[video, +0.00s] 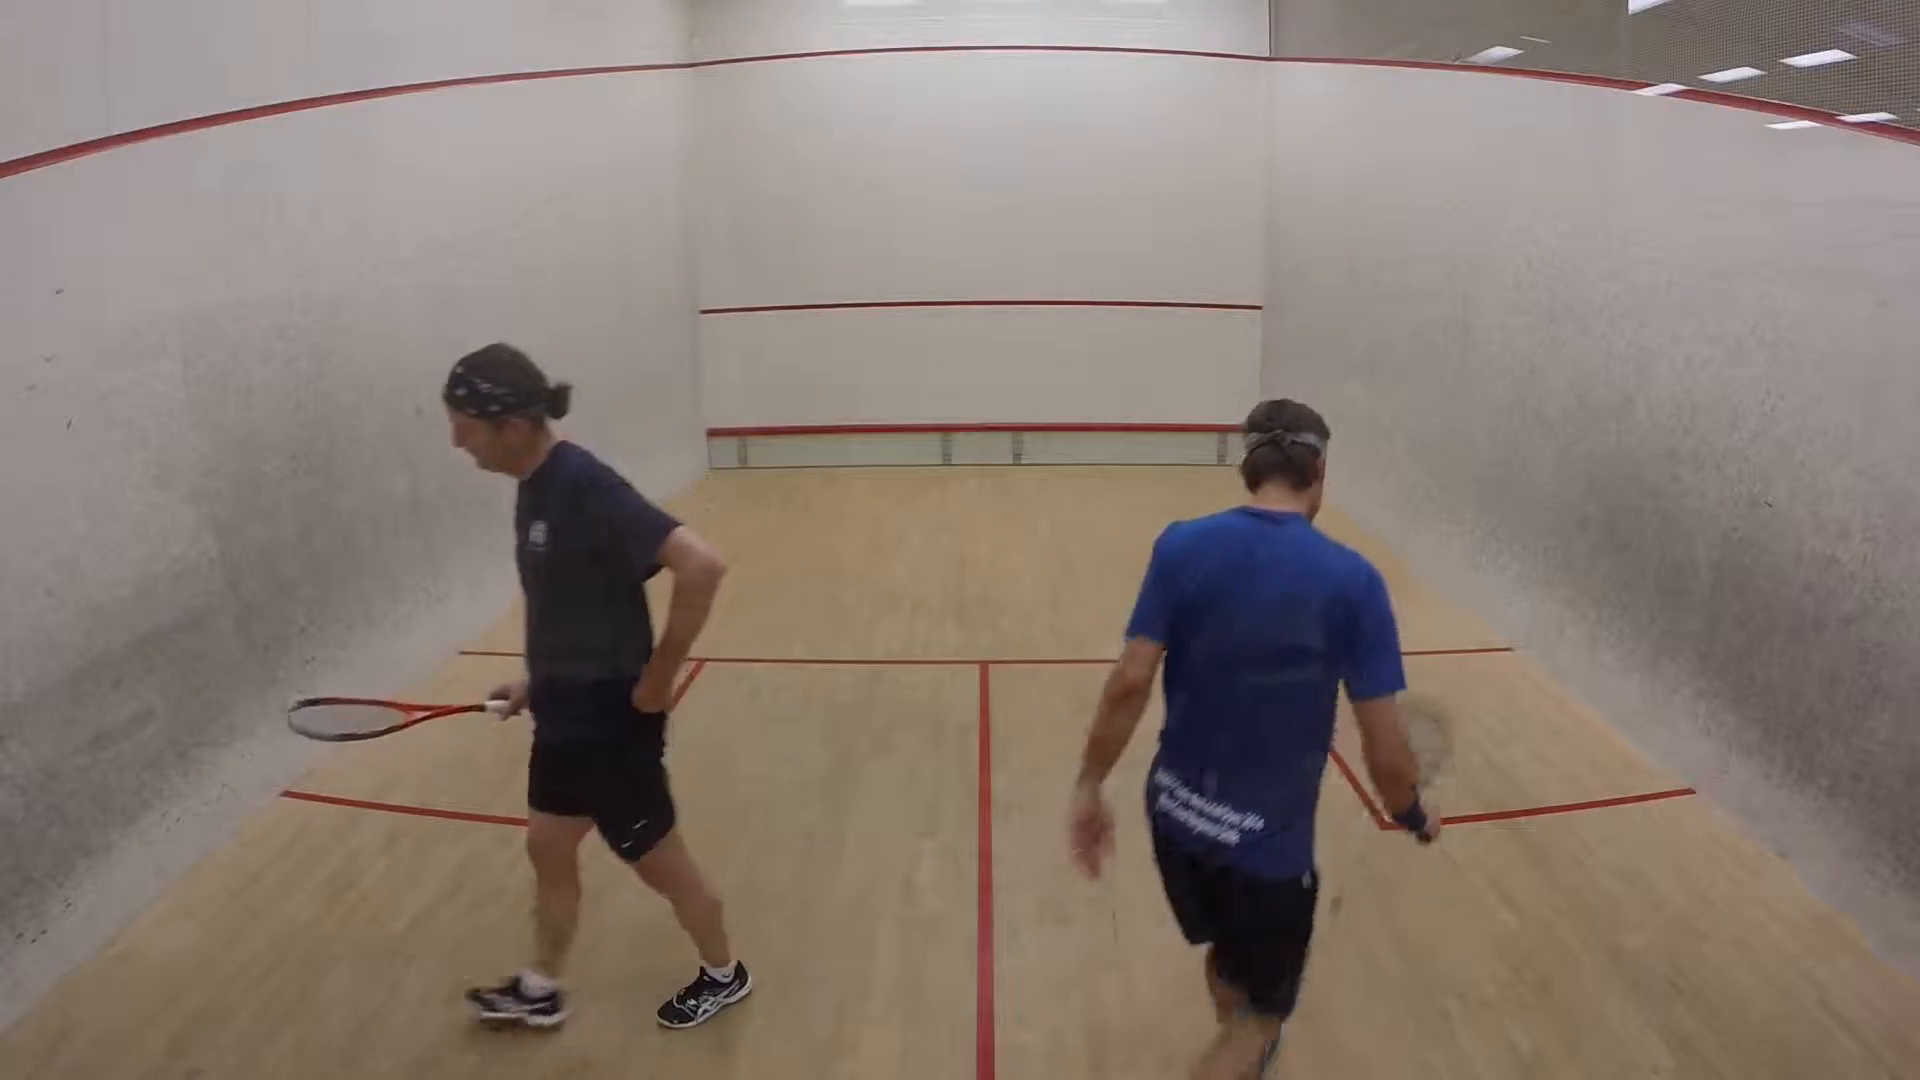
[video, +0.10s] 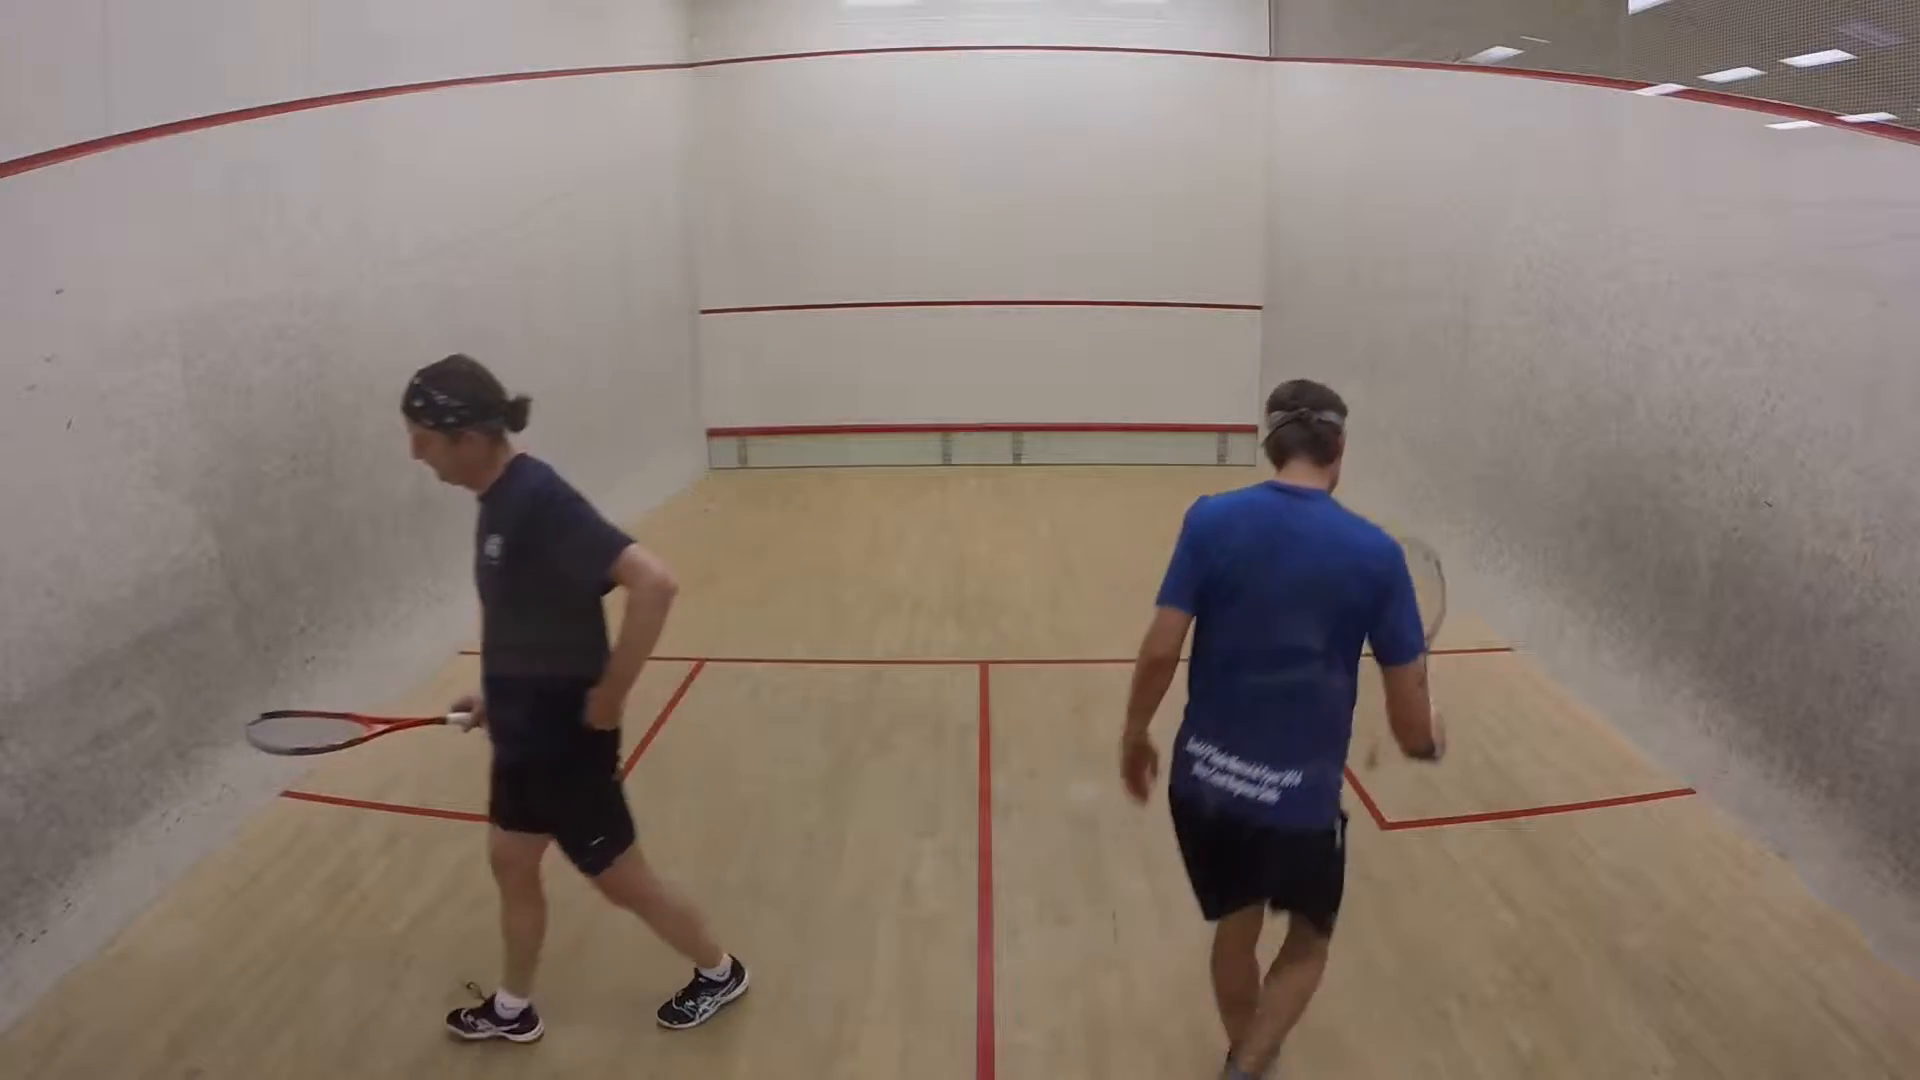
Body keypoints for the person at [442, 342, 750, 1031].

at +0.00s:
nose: (457, 441)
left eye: (464, 427)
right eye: (455, 426)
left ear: (512, 424)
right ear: (512, 425)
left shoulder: (586, 482)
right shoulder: (536, 488)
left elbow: (699, 567)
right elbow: (563, 600)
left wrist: (662, 673)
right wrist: (532, 680)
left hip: (613, 711)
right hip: (562, 709)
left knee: (658, 857)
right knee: (549, 848)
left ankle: (724, 972)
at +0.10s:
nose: (415, 453)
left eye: (421, 438)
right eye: (413, 438)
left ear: (465, 434)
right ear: (473, 433)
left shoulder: (539, 496)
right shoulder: (501, 500)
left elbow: (652, 583)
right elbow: (534, 614)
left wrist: (611, 694)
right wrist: (494, 694)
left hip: (568, 722)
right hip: (520, 721)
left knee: (621, 874)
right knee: (512, 862)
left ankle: (721, 971)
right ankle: (514, 1008)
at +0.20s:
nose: (376, 452)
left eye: (379, 437)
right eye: (373, 438)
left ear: (420, 431)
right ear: (428, 429)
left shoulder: (494, 494)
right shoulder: (457, 497)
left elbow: (602, 591)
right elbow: (490, 611)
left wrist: (560, 697)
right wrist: (450, 692)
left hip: (516, 724)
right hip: (473, 719)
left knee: (555, 910)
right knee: (479, 867)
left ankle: (690, 963)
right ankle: (510, 1008)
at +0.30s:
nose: (343, 445)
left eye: (344, 430)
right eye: (340, 432)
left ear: (375, 427)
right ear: (403, 416)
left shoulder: (450, 495)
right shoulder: (428, 490)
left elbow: (552, 594)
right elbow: (462, 607)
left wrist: (512, 698)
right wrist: (418, 691)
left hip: (468, 730)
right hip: (448, 721)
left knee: (471, 927)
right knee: (482, 881)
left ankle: (627, 968)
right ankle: (509, 1008)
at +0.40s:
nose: (309, 434)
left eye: (308, 421)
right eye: (309, 421)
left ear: (328, 428)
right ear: (379, 409)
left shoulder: (414, 495)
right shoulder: (400, 487)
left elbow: (503, 604)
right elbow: (437, 606)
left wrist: (465, 710)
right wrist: (391, 692)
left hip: (427, 742)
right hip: (444, 726)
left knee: (400, 929)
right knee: (471, 869)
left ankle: (547, 1008)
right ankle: (510, 1004)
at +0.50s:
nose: (289, 432)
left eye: (288, 421)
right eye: (289, 419)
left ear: (301, 432)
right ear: (363, 410)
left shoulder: (374, 503)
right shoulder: (401, 481)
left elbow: (442, 617)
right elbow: (425, 608)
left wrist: (407, 716)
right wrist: (363, 699)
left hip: (395, 750)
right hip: (449, 731)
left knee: (360, 931)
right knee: (466, 868)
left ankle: (457, 1063)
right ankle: (512, 1006)